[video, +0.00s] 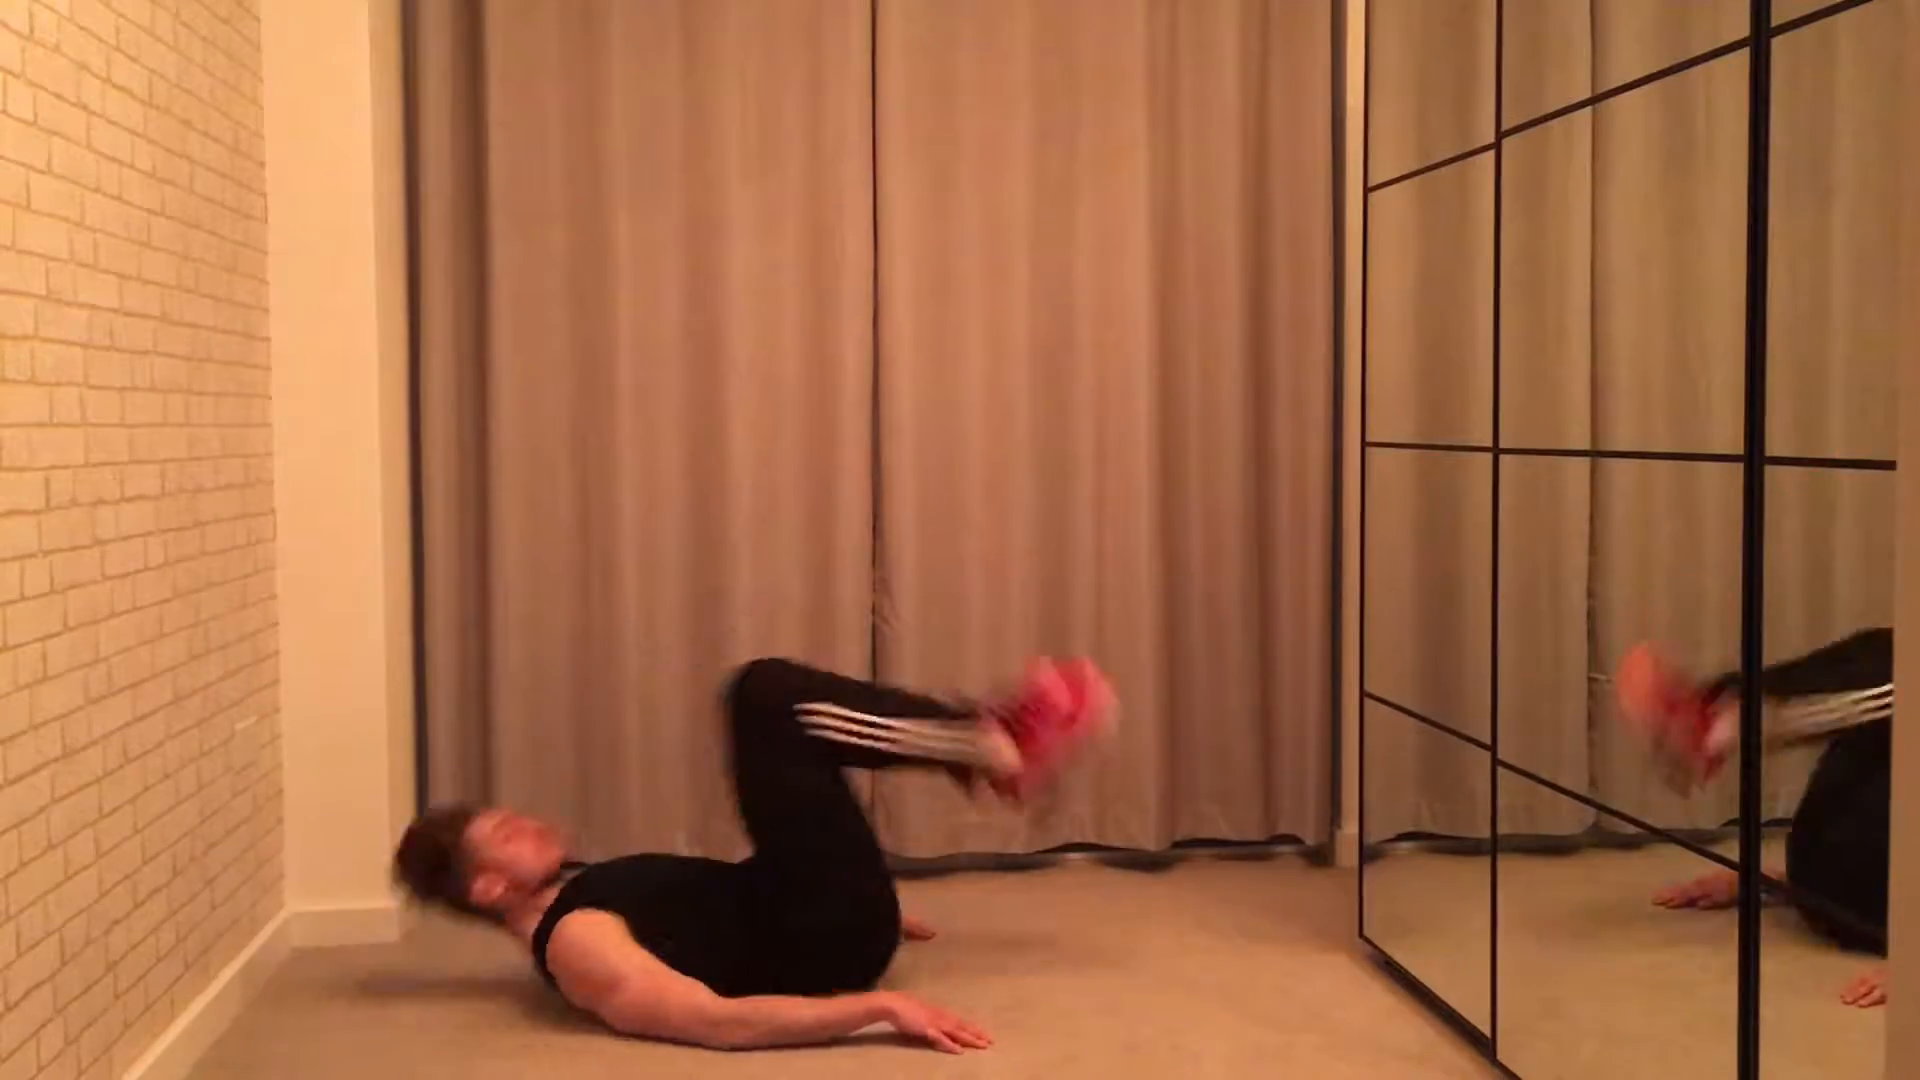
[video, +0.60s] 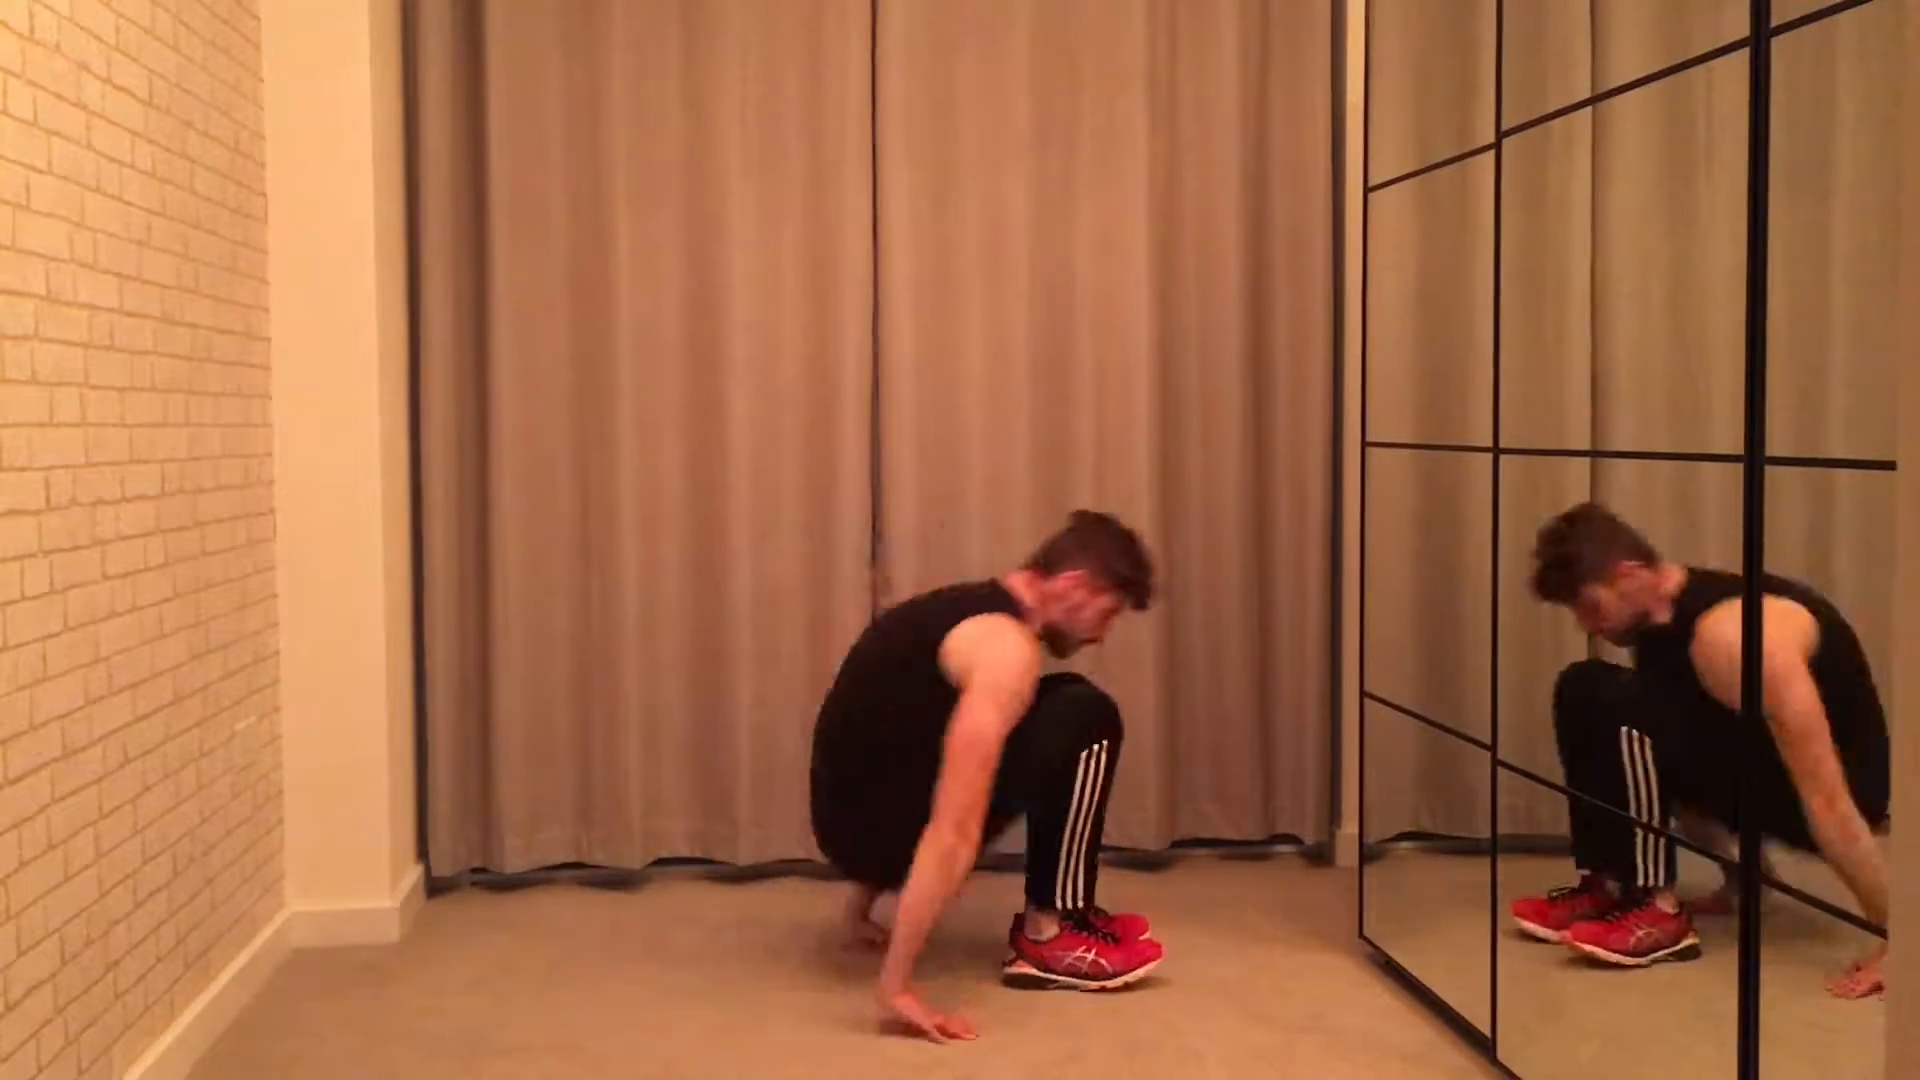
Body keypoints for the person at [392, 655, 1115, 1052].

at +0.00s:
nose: (528, 827)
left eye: (511, 818)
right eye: (503, 834)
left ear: (508, 872)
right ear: (491, 890)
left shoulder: (583, 896)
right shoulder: (576, 941)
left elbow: (728, 909)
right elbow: (720, 1019)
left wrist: (871, 923)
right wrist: (876, 1010)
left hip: (811, 914)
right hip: (827, 942)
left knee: (762, 691)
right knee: (765, 700)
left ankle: (985, 735)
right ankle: (998, 750)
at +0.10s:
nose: (627, 770)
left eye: (615, 755)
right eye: (604, 765)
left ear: (570, 798)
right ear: (562, 803)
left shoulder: (622, 854)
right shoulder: (620, 887)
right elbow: (714, 1023)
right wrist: (870, 1001)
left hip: (837, 911)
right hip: (863, 940)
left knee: (883, 682)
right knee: (906, 706)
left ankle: (1011, 853)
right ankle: (1075, 862)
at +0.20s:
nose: (734, 699)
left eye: (728, 683)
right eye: (720, 686)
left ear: (669, 706)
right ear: (674, 706)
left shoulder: (700, 780)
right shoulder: (693, 810)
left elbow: (711, 966)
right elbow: (714, 995)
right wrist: (868, 1022)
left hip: (872, 921)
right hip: (884, 954)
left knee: (951, 690)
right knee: (971, 719)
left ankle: (1035, 896)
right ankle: (1054, 911)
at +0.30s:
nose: (853, 656)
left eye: (853, 639)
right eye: (845, 640)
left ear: (790, 644)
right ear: (795, 643)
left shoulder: (777, 713)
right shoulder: (786, 741)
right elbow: (758, 924)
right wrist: (863, 1017)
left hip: (880, 936)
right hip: (892, 959)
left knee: (986, 704)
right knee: (998, 721)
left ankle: (1049, 913)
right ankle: (1051, 928)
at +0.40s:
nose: (951, 645)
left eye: (955, 624)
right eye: (947, 622)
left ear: (895, 611)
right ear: (898, 609)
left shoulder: (842, 677)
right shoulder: (869, 703)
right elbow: (827, 874)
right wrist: (868, 1015)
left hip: (890, 920)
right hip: (910, 942)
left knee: (999, 690)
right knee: (1019, 712)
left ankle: (1052, 904)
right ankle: (1038, 928)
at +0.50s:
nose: (1030, 635)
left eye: (1038, 617)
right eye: (1031, 614)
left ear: (986, 588)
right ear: (990, 592)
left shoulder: (909, 636)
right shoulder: (936, 673)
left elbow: (861, 780)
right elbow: (898, 854)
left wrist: (856, 913)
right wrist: (879, 1011)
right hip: (915, 909)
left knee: (1045, 694)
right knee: (1069, 715)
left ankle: (1053, 910)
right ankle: (1046, 930)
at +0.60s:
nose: (1102, 634)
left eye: (1113, 618)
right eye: (1108, 612)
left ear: (1068, 579)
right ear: (1073, 585)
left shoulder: (979, 610)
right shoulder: (1005, 648)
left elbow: (905, 755)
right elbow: (955, 831)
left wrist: (860, 908)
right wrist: (895, 989)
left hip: (857, 824)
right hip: (881, 839)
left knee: (1062, 700)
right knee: (1083, 713)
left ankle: (1059, 910)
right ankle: (1049, 930)